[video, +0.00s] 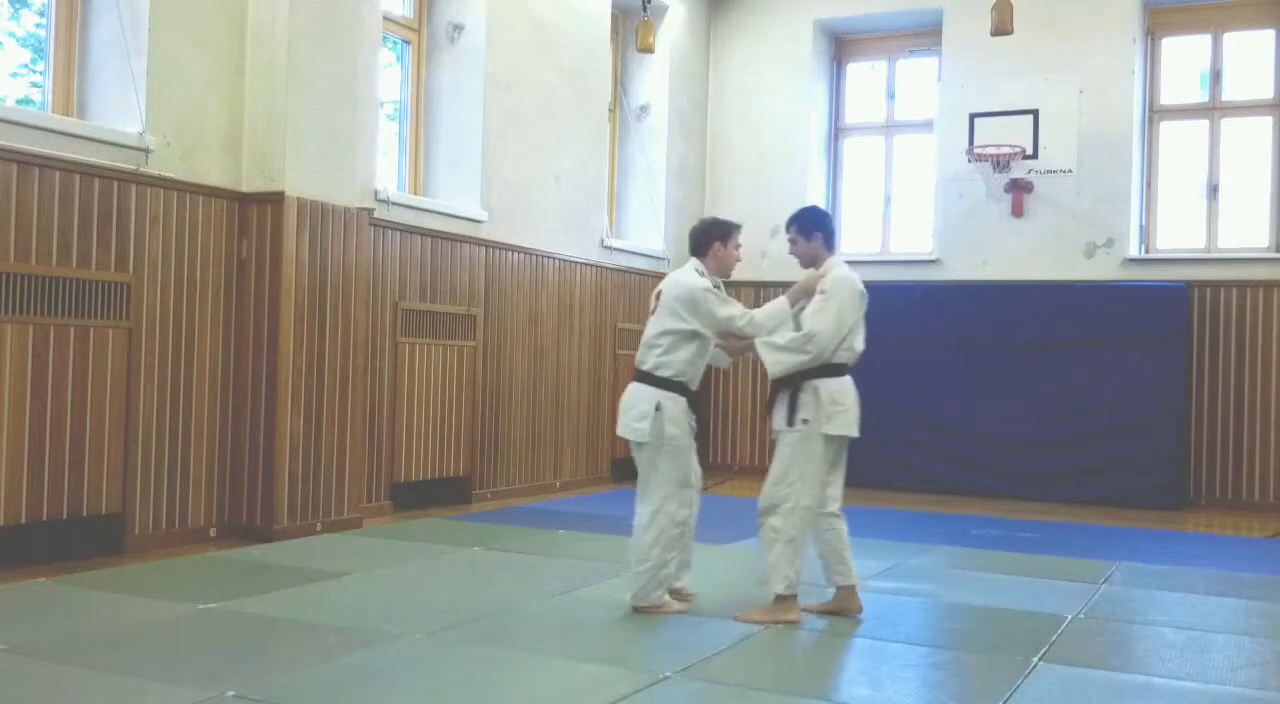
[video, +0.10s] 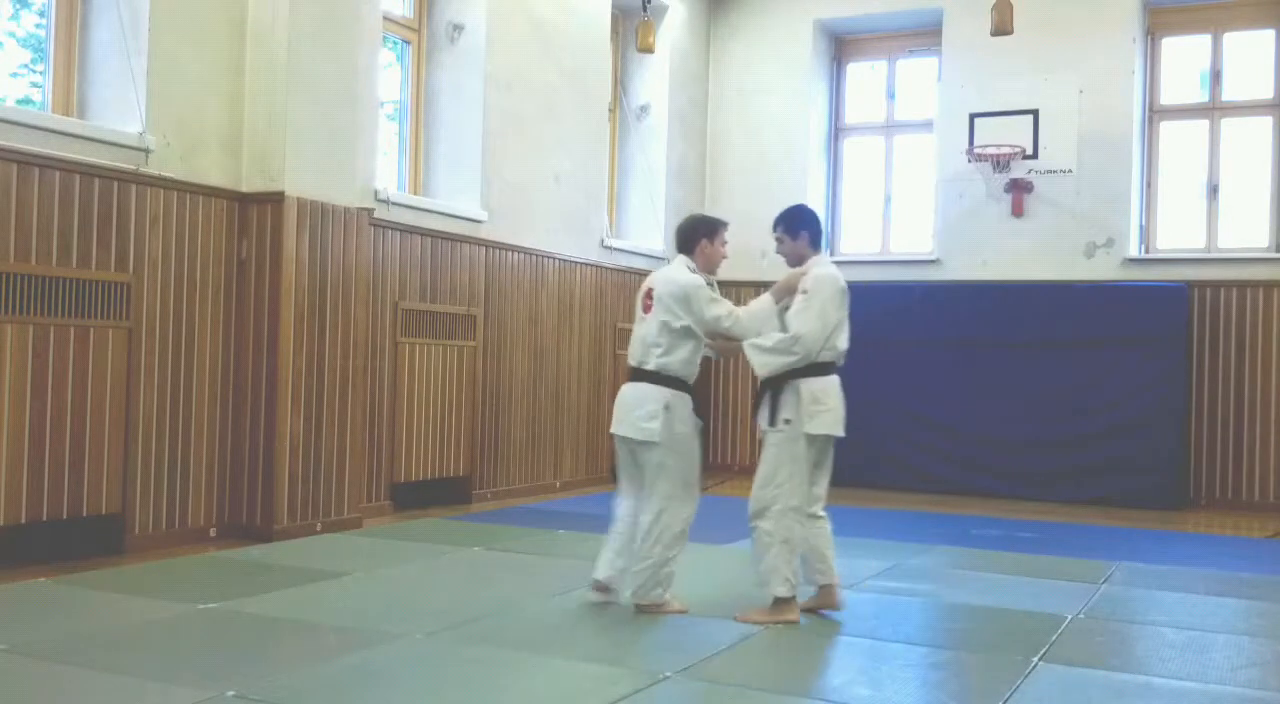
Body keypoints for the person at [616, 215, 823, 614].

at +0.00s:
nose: (740, 256)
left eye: (739, 247)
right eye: (735, 247)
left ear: (710, 249)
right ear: (714, 248)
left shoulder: (688, 282)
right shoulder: (692, 285)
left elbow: (696, 348)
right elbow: (746, 324)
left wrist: (735, 349)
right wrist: (795, 297)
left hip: (668, 401)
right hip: (658, 403)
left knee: (684, 490)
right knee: (670, 494)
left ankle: (669, 580)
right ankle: (647, 594)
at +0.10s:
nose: (726, 253)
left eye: (726, 245)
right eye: (722, 245)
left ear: (689, 245)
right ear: (701, 245)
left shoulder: (656, 279)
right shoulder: (690, 284)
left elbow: (707, 342)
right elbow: (737, 325)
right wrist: (779, 293)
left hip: (632, 398)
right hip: (666, 403)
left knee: (632, 494)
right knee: (675, 497)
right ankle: (650, 592)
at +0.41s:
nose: (688, 270)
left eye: (686, 264)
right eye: (687, 264)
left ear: (648, 266)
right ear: (681, 265)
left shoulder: (626, 309)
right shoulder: (695, 293)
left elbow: (629, 375)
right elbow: (736, 309)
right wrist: (738, 272)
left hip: (655, 420)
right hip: (699, 417)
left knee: (612, 509)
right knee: (703, 503)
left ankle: (588, 596)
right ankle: (720, 589)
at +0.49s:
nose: (685, 270)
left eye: (683, 265)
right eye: (684, 265)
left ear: (644, 266)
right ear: (678, 265)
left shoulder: (621, 308)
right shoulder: (693, 293)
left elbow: (627, 353)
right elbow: (730, 305)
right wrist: (736, 271)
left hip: (649, 419)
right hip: (696, 416)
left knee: (614, 507)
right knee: (708, 507)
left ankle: (592, 595)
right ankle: (717, 590)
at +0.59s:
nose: (681, 267)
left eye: (679, 262)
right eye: (680, 261)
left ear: (640, 262)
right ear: (673, 262)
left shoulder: (616, 304)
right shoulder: (688, 292)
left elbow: (622, 353)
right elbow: (730, 308)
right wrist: (734, 272)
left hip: (640, 419)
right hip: (690, 418)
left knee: (612, 509)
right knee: (708, 510)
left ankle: (592, 595)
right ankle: (718, 593)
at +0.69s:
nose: (679, 265)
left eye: (678, 260)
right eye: (678, 260)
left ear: (638, 260)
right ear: (670, 260)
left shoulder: (612, 300)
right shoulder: (683, 289)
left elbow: (613, 352)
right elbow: (724, 306)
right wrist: (733, 269)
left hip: (630, 415)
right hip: (682, 414)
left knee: (612, 509)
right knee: (701, 509)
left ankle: (593, 597)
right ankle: (717, 592)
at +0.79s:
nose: (679, 268)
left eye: (678, 262)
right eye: (678, 262)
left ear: (637, 261)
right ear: (668, 260)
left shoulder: (606, 298)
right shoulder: (674, 286)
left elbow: (605, 361)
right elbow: (717, 303)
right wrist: (734, 271)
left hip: (609, 407)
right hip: (661, 406)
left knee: (610, 510)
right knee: (690, 506)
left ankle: (594, 599)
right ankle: (712, 592)